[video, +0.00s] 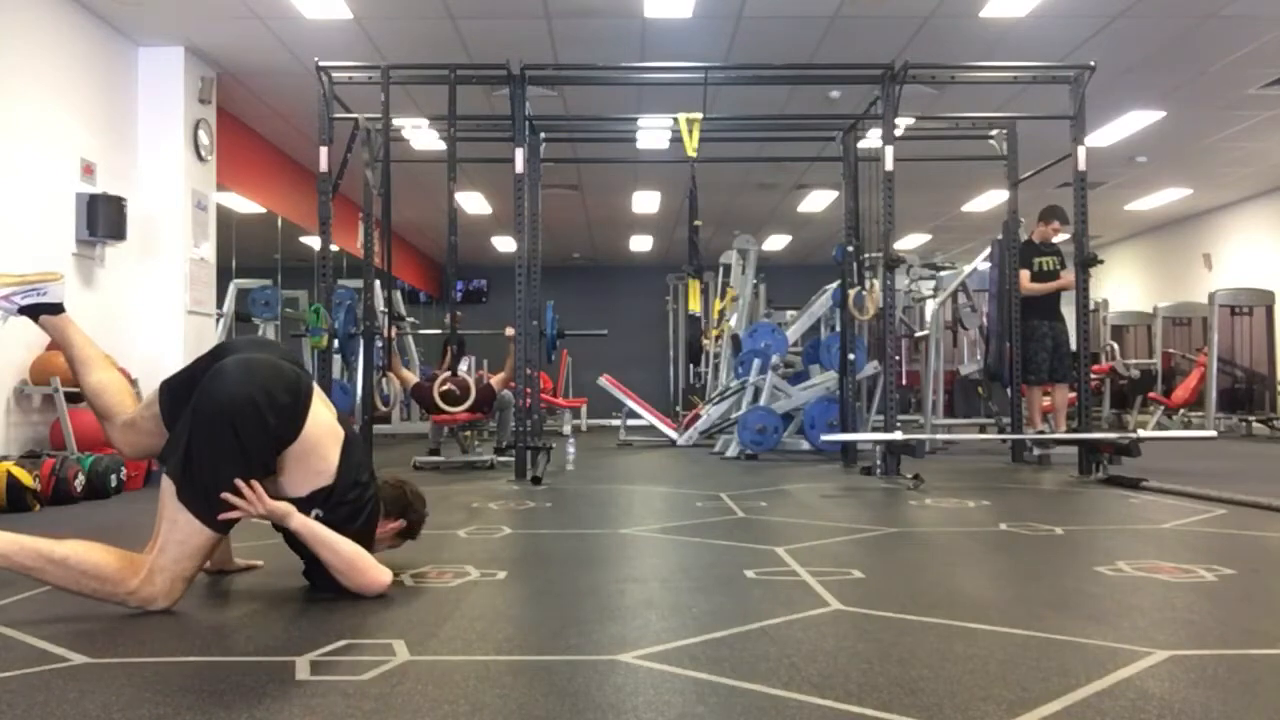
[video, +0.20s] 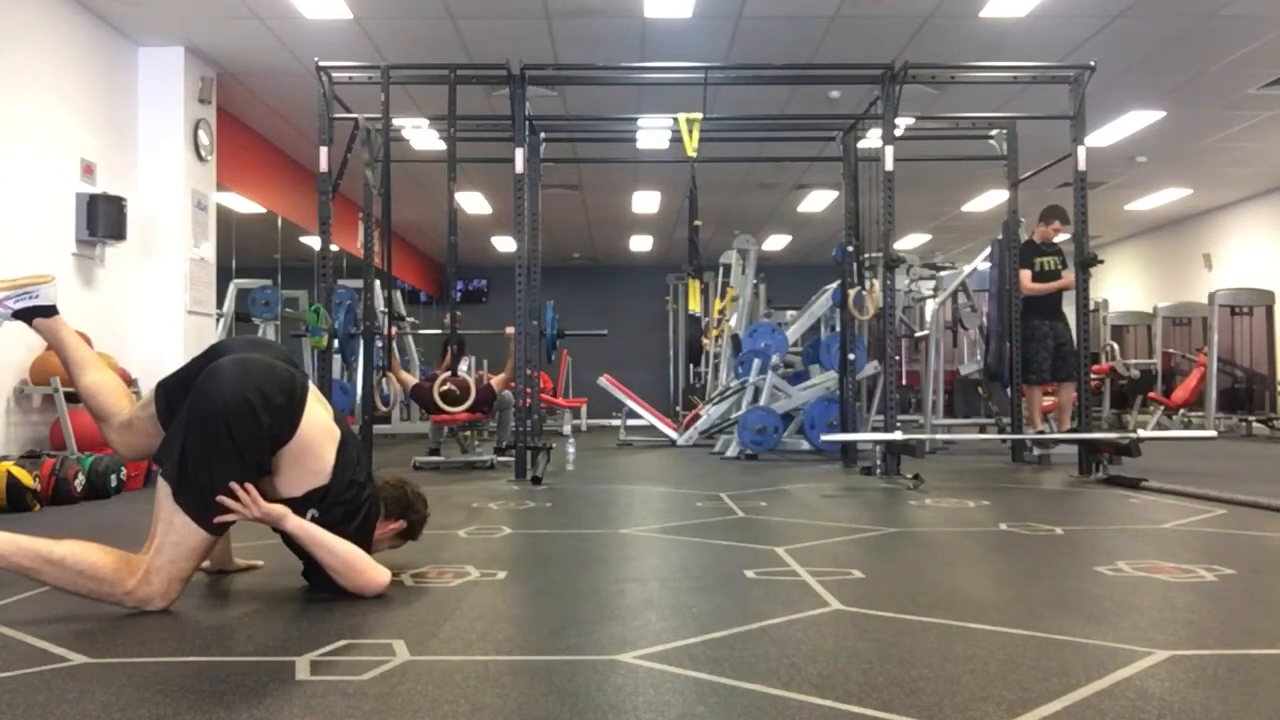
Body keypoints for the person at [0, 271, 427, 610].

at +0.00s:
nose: (388, 546)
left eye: (394, 540)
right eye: (396, 538)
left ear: (380, 505)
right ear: (390, 526)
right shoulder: (355, 516)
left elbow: (225, 464)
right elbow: (374, 581)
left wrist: (221, 553)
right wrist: (287, 514)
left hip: (254, 356)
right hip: (258, 399)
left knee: (131, 433)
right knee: (153, 586)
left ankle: (48, 312)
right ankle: (4, 542)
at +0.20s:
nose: (387, 548)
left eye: (395, 542)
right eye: (396, 541)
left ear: (380, 506)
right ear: (389, 526)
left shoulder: (336, 478)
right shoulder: (356, 514)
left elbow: (223, 465)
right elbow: (373, 582)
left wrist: (222, 555)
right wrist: (283, 516)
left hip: (253, 357)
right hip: (252, 400)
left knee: (126, 433)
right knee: (150, 586)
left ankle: (42, 315)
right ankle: (4, 542)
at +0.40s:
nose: (382, 549)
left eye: (387, 542)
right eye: (389, 543)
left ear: (376, 501)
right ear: (385, 535)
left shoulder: (345, 473)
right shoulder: (354, 521)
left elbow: (228, 465)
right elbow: (373, 582)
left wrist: (222, 552)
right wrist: (285, 516)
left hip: (257, 356)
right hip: (255, 400)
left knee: (133, 432)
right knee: (151, 585)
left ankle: (46, 316)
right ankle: (4, 543)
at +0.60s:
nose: (333, 584)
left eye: (331, 582)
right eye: (339, 583)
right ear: (341, 567)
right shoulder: (348, 533)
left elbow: (238, 464)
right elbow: (379, 580)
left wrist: (221, 556)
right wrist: (292, 515)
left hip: (281, 353)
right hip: (280, 397)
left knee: (170, 419)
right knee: (155, 575)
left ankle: (87, 294)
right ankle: (2, 542)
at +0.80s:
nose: (274, 523)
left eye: (276, 527)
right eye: (284, 526)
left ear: (283, 528)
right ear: (303, 536)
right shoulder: (332, 558)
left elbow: (251, 450)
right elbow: (391, 581)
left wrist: (225, 556)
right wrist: (319, 504)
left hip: (340, 350)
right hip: (354, 387)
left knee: (232, 390)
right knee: (182, 532)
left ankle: (177, 259)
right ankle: (8, 532)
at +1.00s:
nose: (275, 524)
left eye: (273, 531)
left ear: (274, 535)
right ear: (298, 542)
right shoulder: (329, 557)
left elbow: (267, 451)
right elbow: (393, 581)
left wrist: (230, 543)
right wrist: (331, 505)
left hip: (402, 367)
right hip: (412, 403)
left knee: (301, 381)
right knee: (231, 510)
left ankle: (284, 248)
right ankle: (34, 492)